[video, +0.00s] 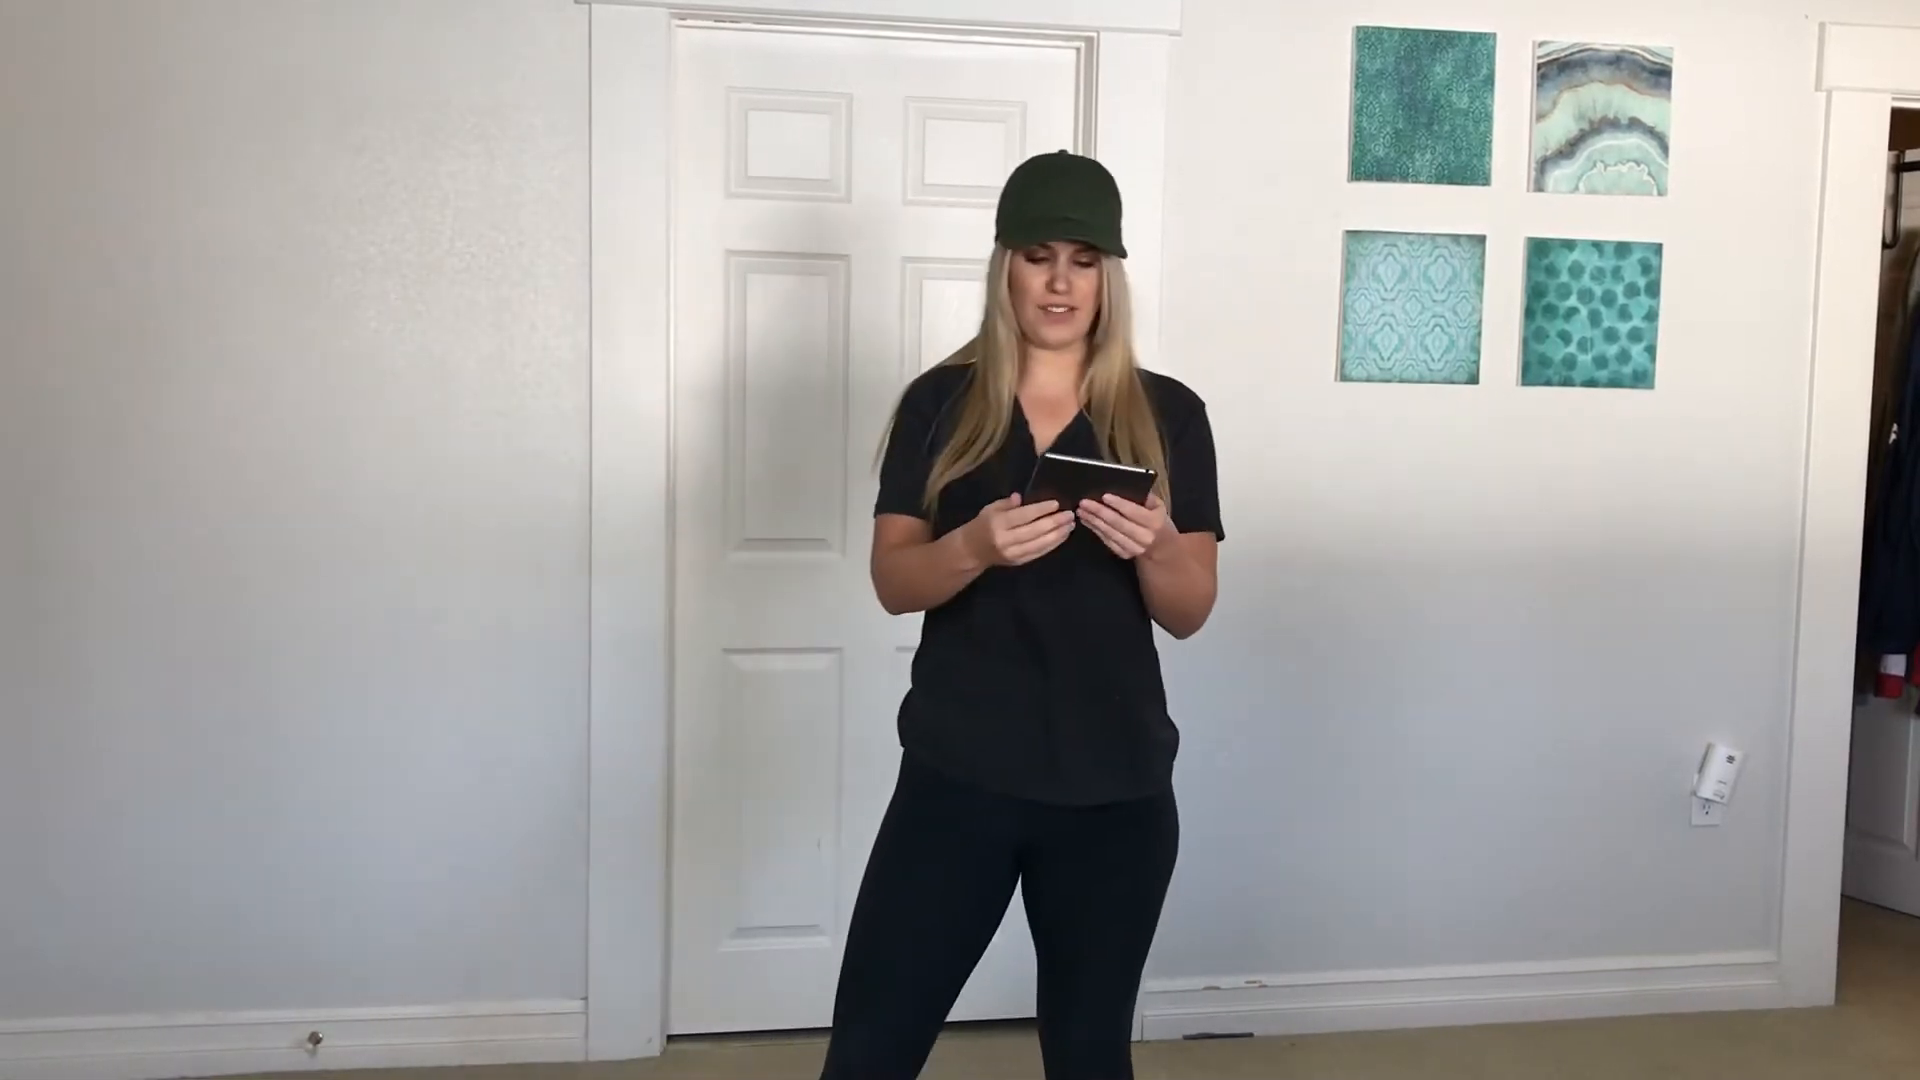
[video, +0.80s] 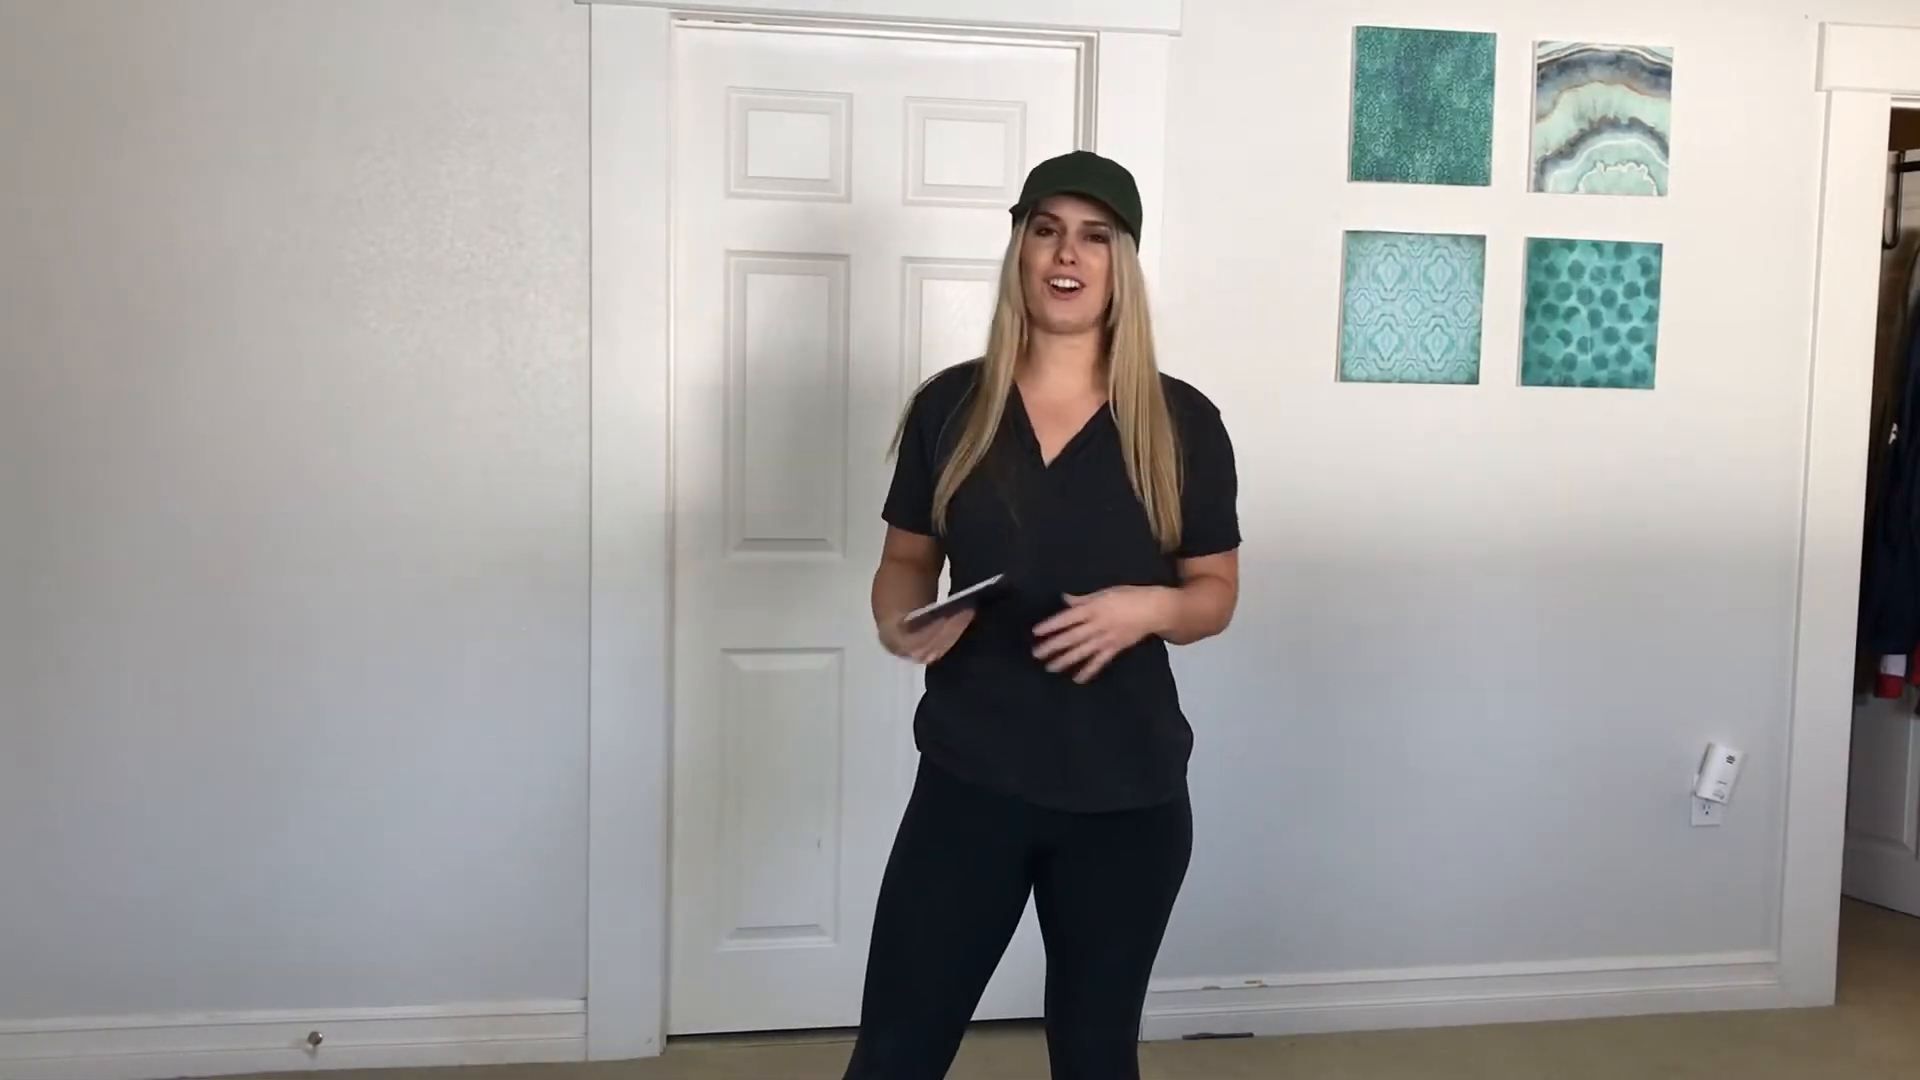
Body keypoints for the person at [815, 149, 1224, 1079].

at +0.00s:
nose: (1059, 283)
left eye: (1082, 262)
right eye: (1038, 259)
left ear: (1109, 275)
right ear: (1003, 268)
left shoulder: (1166, 415)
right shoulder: (938, 404)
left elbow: (1189, 610)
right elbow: (893, 581)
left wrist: (1156, 548)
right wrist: (974, 546)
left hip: (1112, 789)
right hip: (955, 781)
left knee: (1090, 1056)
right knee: (868, 1056)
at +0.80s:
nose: (1065, 254)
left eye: (1092, 237)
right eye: (1046, 232)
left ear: (1124, 264)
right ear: (1017, 252)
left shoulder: (1181, 420)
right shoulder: (950, 406)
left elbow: (1215, 596)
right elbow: (908, 559)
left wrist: (1146, 609)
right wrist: (902, 627)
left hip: (1125, 798)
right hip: (969, 788)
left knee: (1096, 1058)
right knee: (895, 1055)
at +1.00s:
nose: (1054, 249)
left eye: (1082, 233)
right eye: (1035, 226)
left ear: (1111, 264)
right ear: (1003, 246)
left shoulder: (1165, 413)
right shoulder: (937, 404)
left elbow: (1205, 600)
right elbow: (899, 559)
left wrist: (1259, 560)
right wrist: (855, 653)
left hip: (1116, 786)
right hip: (963, 780)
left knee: (1090, 1051)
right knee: (890, 1051)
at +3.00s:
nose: (1011, 273)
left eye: (1039, 255)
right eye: (993, 245)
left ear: (1069, 280)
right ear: (959, 259)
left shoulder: (1119, 409)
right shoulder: (892, 412)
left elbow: (1158, 567)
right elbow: (856, 569)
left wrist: (1186, 599)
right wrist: (829, 664)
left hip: (1095, 792)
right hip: (941, 787)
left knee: (1079, 1055)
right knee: (876, 1058)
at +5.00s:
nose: (1015, 272)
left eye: (1044, 256)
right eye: (998, 246)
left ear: (1076, 281)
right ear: (967, 261)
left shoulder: (1132, 411)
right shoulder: (907, 408)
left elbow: (1178, 598)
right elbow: (875, 562)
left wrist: (1229, 559)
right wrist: (840, 658)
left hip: (1096, 792)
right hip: (943, 786)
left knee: (1078, 1055)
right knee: (875, 1056)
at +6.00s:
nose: (1030, 270)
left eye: (1057, 252)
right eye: (1009, 246)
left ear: (1088, 275)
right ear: (978, 264)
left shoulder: (1138, 411)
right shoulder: (914, 407)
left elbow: (1188, 595)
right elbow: (875, 561)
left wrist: (1205, 522)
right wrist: (850, 658)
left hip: (1097, 790)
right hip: (944, 786)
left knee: (1080, 1055)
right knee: (877, 1057)